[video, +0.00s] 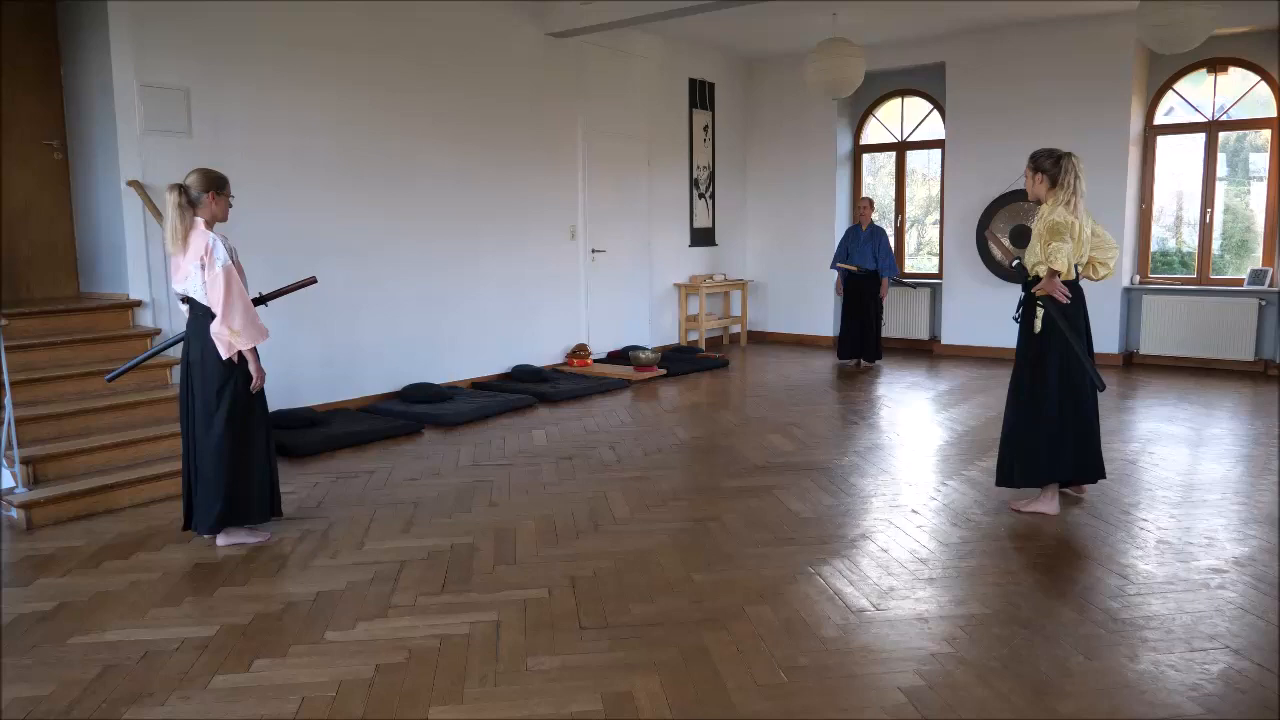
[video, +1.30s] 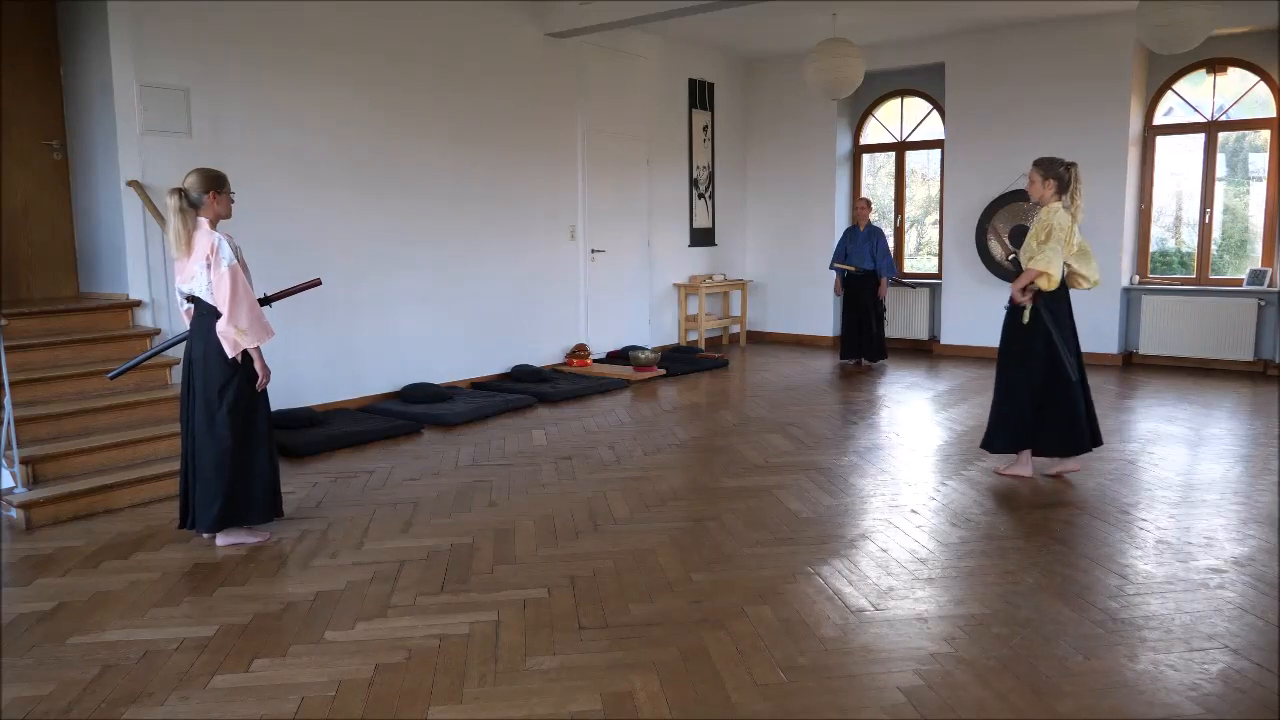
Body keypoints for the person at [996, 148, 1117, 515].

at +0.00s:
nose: (1025, 185)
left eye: (1027, 178)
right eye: (1025, 178)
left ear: (1041, 178)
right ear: (1059, 179)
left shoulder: (1050, 215)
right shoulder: (1078, 215)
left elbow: (1057, 256)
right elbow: (1105, 254)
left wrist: (1048, 280)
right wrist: (1074, 271)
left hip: (1048, 314)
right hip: (1073, 311)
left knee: (1046, 397)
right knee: (1072, 394)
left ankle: (1048, 495)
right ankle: (1076, 477)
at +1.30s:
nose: (1027, 186)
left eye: (1032, 181)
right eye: (1028, 180)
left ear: (1049, 184)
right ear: (1051, 185)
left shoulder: (1053, 215)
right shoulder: (1060, 215)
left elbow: (1048, 259)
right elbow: (1066, 261)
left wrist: (1018, 283)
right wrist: (1034, 278)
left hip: (1037, 302)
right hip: (1054, 302)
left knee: (1023, 377)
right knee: (1058, 376)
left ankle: (1023, 460)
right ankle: (1071, 454)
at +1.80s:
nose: (1023, 183)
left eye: (1028, 178)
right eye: (1025, 177)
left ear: (1045, 182)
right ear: (1047, 183)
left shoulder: (1041, 216)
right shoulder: (1050, 213)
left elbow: (1028, 266)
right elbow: (1021, 258)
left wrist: (1008, 311)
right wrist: (990, 241)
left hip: (1033, 300)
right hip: (1038, 297)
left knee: (1027, 374)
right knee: (1027, 374)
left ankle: (1025, 458)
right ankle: (1019, 454)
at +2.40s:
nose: (1016, 181)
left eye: (1021, 176)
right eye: (1019, 176)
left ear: (1034, 182)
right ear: (1039, 182)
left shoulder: (1032, 217)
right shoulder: (1050, 215)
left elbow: (1019, 268)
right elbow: (1023, 259)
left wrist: (1000, 308)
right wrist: (991, 245)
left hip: (1027, 300)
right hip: (1042, 297)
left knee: (1024, 375)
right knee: (1032, 375)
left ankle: (1024, 459)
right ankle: (1026, 455)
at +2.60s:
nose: (1014, 184)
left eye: (1018, 179)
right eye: (1016, 178)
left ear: (1033, 182)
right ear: (1037, 182)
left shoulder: (1033, 218)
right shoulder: (1049, 215)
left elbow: (1020, 269)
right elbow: (1021, 255)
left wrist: (1000, 307)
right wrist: (990, 243)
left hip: (1028, 302)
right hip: (1041, 299)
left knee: (1025, 376)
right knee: (1032, 376)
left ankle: (1025, 459)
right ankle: (1025, 455)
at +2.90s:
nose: (1013, 184)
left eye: (1016, 179)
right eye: (1014, 178)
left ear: (1032, 182)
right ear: (1036, 182)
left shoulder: (1032, 216)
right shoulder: (1050, 213)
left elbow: (1022, 267)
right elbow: (1018, 254)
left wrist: (1002, 308)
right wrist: (987, 243)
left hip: (1028, 301)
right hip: (1042, 298)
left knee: (1026, 376)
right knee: (1034, 375)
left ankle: (1025, 459)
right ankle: (1026, 455)